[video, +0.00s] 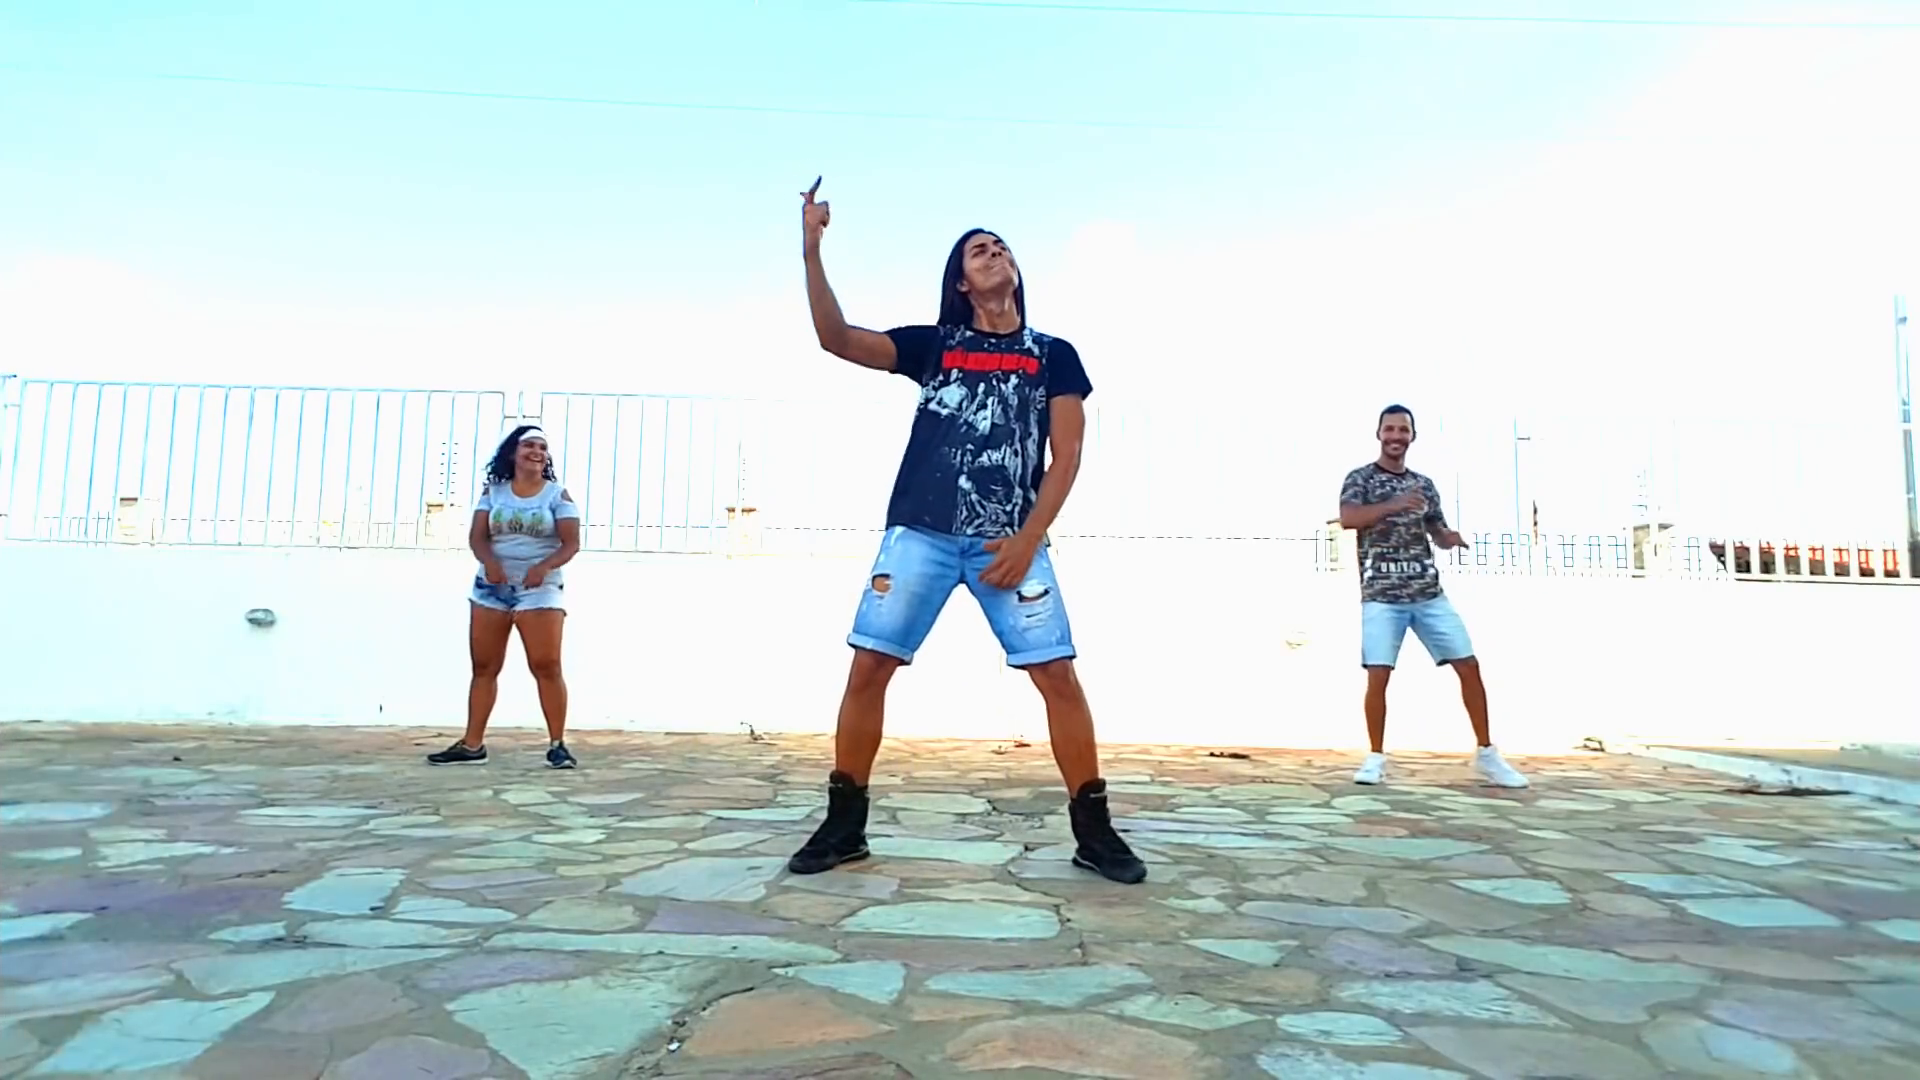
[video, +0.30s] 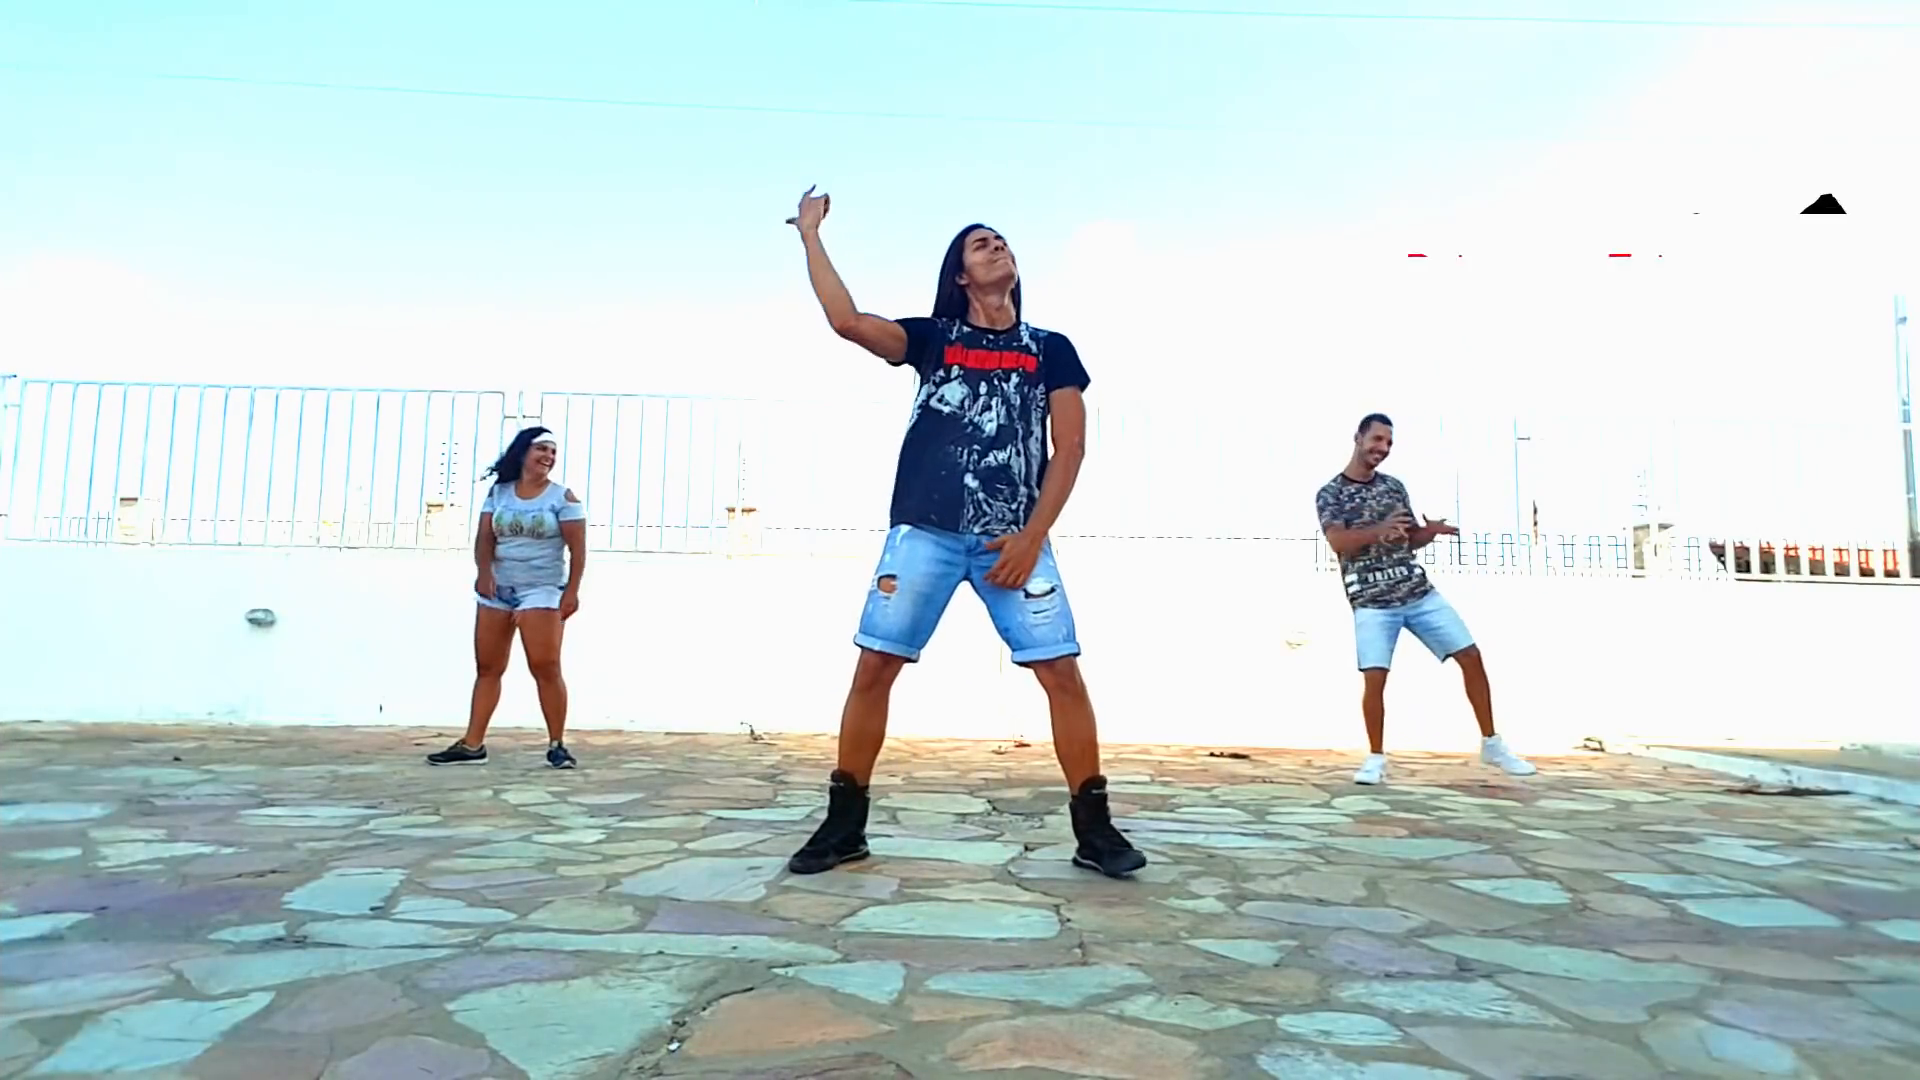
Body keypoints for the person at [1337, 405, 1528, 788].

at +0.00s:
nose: (1396, 436)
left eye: (1403, 430)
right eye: (1389, 429)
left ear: (1412, 437)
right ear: (1378, 435)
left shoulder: (1423, 484)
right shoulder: (1359, 479)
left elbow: (1438, 533)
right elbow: (1349, 518)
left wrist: (1451, 537)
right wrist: (1394, 504)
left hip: (1428, 594)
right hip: (1382, 596)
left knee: (1468, 665)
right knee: (1378, 674)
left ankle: (1486, 753)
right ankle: (1375, 757)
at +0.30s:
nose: (1382, 448)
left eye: (1387, 443)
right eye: (1376, 439)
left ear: (1389, 449)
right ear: (1357, 438)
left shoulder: (1393, 487)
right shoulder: (1330, 494)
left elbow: (1409, 541)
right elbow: (1340, 544)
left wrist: (1429, 531)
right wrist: (1378, 531)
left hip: (1418, 593)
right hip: (1372, 603)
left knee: (1470, 656)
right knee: (1373, 677)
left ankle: (1491, 744)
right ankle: (1375, 757)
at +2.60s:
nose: (1440, 439)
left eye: (1446, 433)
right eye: (1432, 433)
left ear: (1455, 441)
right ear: (1420, 442)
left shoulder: (1473, 485)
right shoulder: (1406, 488)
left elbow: (1487, 537)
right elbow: (1390, 532)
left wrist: (1464, 546)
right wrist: (1438, 505)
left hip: (1459, 600)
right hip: (1412, 599)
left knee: (1494, 673)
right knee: (1392, 671)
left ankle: (1484, 758)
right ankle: (1368, 755)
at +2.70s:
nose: (1457, 435)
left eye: (1462, 429)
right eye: (1449, 429)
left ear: (1470, 437)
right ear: (1435, 437)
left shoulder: (1480, 485)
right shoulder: (1414, 481)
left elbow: (1499, 532)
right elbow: (1383, 526)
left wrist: (1479, 535)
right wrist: (1407, 523)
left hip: (1463, 598)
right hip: (1418, 596)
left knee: (1493, 671)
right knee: (1394, 670)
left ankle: (1484, 758)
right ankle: (1368, 754)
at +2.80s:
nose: (1470, 439)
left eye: (1475, 433)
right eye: (1461, 433)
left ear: (1480, 443)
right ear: (1445, 441)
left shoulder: (1480, 491)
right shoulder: (1424, 483)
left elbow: (1486, 547)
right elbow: (1393, 523)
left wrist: (1485, 534)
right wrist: (1378, 553)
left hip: (1466, 602)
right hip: (1422, 600)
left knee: (1498, 672)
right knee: (1401, 671)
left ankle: (1484, 758)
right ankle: (1374, 755)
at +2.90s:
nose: (1470, 443)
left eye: (1474, 438)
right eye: (1461, 437)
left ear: (1480, 448)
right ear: (1446, 446)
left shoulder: (1478, 502)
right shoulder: (1425, 488)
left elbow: (1477, 555)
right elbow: (1396, 530)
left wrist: (1485, 526)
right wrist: (1364, 572)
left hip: (1468, 606)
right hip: (1425, 605)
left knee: (1502, 673)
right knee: (1405, 675)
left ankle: (1485, 759)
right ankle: (1375, 756)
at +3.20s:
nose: (1428, 438)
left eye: (1434, 433)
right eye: (1421, 432)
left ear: (1440, 441)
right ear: (1406, 438)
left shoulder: (1455, 482)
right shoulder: (1389, 492)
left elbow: (1488, 503)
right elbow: (1378, 542)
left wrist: (1480, 479)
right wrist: (1407, 548)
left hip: (1449, 600)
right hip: (1399, 599)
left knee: (1476, 675)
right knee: (1376, 669)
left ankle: (1482, 758)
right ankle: (1368, 755)